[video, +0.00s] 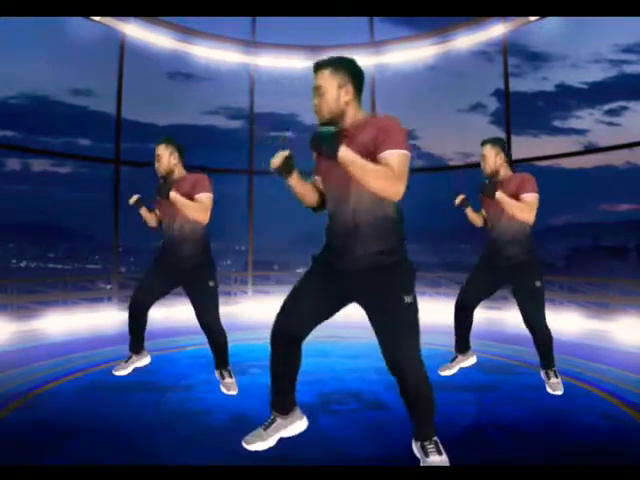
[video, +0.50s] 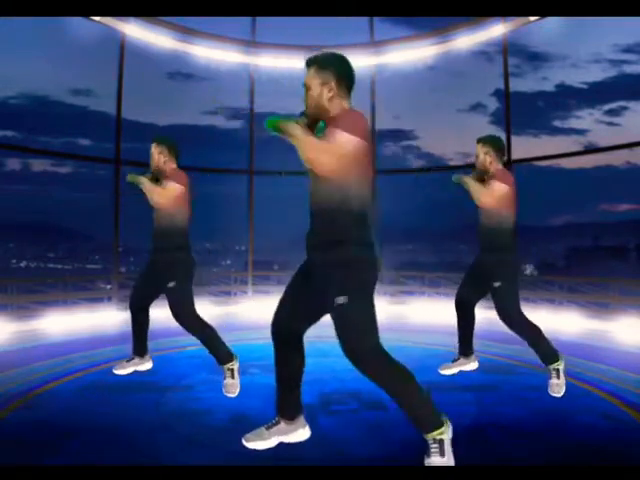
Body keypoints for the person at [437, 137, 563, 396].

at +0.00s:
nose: (482, 162)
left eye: (486, 156)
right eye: (481, 157)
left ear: (501, 157)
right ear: (490, 159)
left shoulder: (524, 181)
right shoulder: (488, 189)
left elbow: (529, 216)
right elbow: (481, 221)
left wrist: (499, 195)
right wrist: (466, 207)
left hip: (523, 263)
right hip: (493, 262)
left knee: (536, 322)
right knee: (464, 303)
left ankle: (549, 370)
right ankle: (463, 353)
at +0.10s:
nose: (488, 158)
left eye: (493, 153)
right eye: (487, 154)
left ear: (509, 153)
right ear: (489, 157)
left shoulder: (529, 178)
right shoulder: (490, 185)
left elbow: (536, 209)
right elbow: (477, 212)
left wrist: (506, 185)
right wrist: (466, 197)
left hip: (524, 264)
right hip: (493, 262)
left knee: (538, 322)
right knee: (465, 304)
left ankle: (549, 369)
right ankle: (463, 353)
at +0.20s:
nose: (493, 156)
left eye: (497, 151)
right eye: (491, 152)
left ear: (513, 153)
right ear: (491, 156)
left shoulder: (532, 178)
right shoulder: (485, 183)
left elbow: (539, 206)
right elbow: (458, 195)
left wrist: (512, 180)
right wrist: (444, 181)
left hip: (525, 263)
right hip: (493, 262)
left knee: (540, 321)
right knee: (466, 305)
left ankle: (549, 370)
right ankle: (464, 354)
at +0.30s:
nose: (492, 158)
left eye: (496, 153)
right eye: (490, 153)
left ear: (511, 154)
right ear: (489, 156)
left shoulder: (530, 181)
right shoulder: (485, 178)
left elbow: (530, 212)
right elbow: (451, 184)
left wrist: (507, 184)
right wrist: (424, 168)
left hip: (522, 264)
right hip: (492, 261)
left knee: (538, 321)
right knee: (465, 306)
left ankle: (550, 370)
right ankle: (466, 356)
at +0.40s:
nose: (480, 158)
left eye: (485, 152)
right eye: (479, 153)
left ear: (501, 154)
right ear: (481, 157)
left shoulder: (519, 180)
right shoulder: (480, 183)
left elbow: (524, 215)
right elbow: (469, 200)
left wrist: (501, 190)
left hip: (512, 262)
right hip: (488, 260)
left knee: (524, 317)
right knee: (464, 304)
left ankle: (549, 368)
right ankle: (466, 357)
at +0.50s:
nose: (479, 160)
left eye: (483, 155)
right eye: (478, 155)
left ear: (496, 157)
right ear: (482, 158)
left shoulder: (502, 183)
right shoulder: (489, 180)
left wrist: (468, 181)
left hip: (503, 259)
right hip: (486, 257)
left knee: (510, 315)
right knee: (464, 301)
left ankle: (554, 362)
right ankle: (466, 356)